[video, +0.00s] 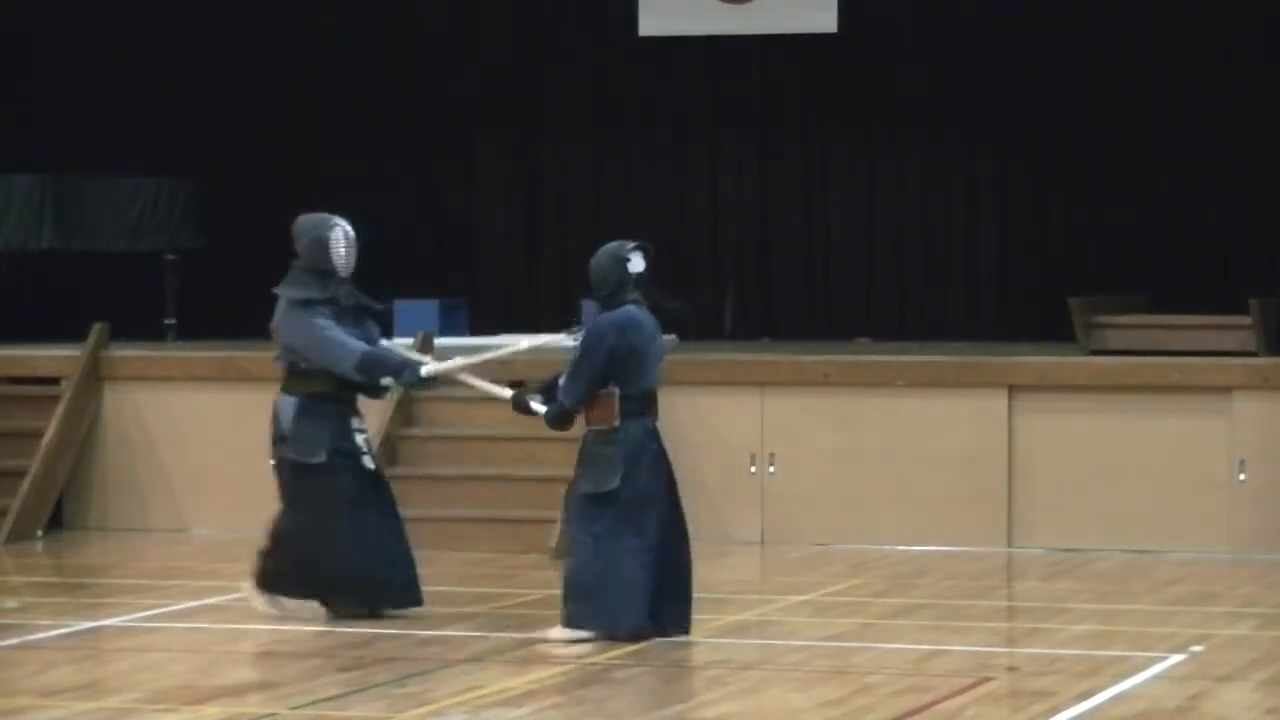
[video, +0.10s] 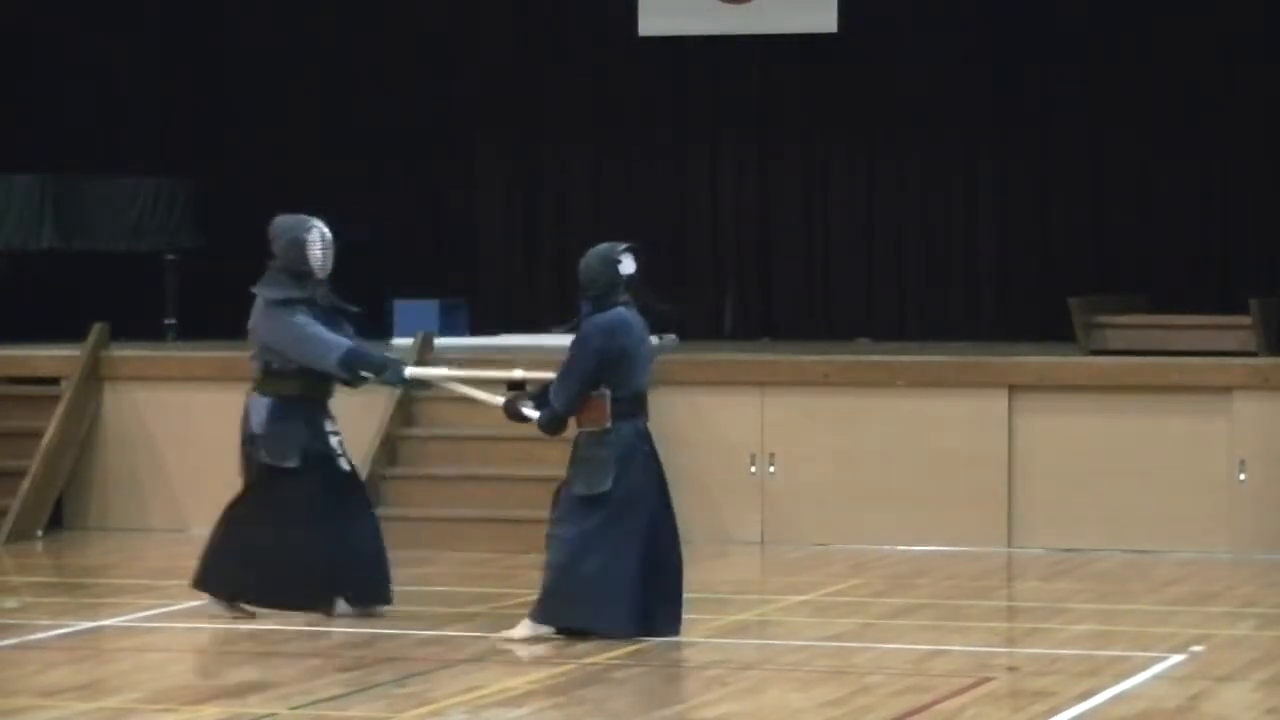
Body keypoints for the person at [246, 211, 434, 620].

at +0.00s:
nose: (345, 256)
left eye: (347, 247)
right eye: (336, 248)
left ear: (349, 250)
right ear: (313, 251)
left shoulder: (345, 302)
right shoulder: (296, 309)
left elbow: (370, 346)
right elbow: (339, 351)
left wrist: (405, 363)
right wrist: (401, 369)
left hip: (343, 411)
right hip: (306, 412)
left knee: (364, 501)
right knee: (320, 501)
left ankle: (357, 593)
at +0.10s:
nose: (322, 258)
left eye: (324, 249)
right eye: (313, 249)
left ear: (327, 252)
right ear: (289, 252)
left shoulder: (315, 301)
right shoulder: (274, 308)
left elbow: (339, 345)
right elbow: (315, 346)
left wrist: (382, 360)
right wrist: (372, 366)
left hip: (310, 411)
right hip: (275, 412)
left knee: (345, 497)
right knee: (269, 497)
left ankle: (350, 589)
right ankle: (225, 581)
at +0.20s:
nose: (304, 257)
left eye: (305, 248)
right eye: (296, 249)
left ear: (302, 251)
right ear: (274, 251)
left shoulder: (288, 300)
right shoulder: (255, 305)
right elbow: (300, 341)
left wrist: (335, 366)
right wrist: (360, 361)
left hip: (276, 412)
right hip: (255, 414)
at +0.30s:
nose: (286, 250)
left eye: (287, 241)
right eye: (278, 242)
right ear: (257, 245)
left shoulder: (270, 292)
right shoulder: (236, 299)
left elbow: (283, 339)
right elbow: (285, 335)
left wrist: (311, 360)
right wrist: (342, 354)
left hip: (260, 408)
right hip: (230, 407)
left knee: (266, 499)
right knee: (227, 498)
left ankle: (247, 586)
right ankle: (217, 594)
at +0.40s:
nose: (269, 248)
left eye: (270, 239)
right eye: (261, 240)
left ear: (265, 243)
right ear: (239, 242)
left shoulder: (253, 290)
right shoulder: (221, 297)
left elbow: (264, 343)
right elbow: (271, 332)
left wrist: (297, 360)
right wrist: (327, 351)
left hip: (246, 404)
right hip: (218, 404)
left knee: (248, 497)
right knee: (220, 496)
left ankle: (226, 591)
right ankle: (207, 593)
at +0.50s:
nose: (253, 250)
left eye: (255, 242)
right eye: (245, 242)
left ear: (255, 244)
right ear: (223, 244)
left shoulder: (242, 292)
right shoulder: (206, 298)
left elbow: (249, 344)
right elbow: (255, 332)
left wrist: (282, 359)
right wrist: (315, 348)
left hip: (233, 405)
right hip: (203, 405)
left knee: (226, 500)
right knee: (191, 496)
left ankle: (216, 588)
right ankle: (160, 578)